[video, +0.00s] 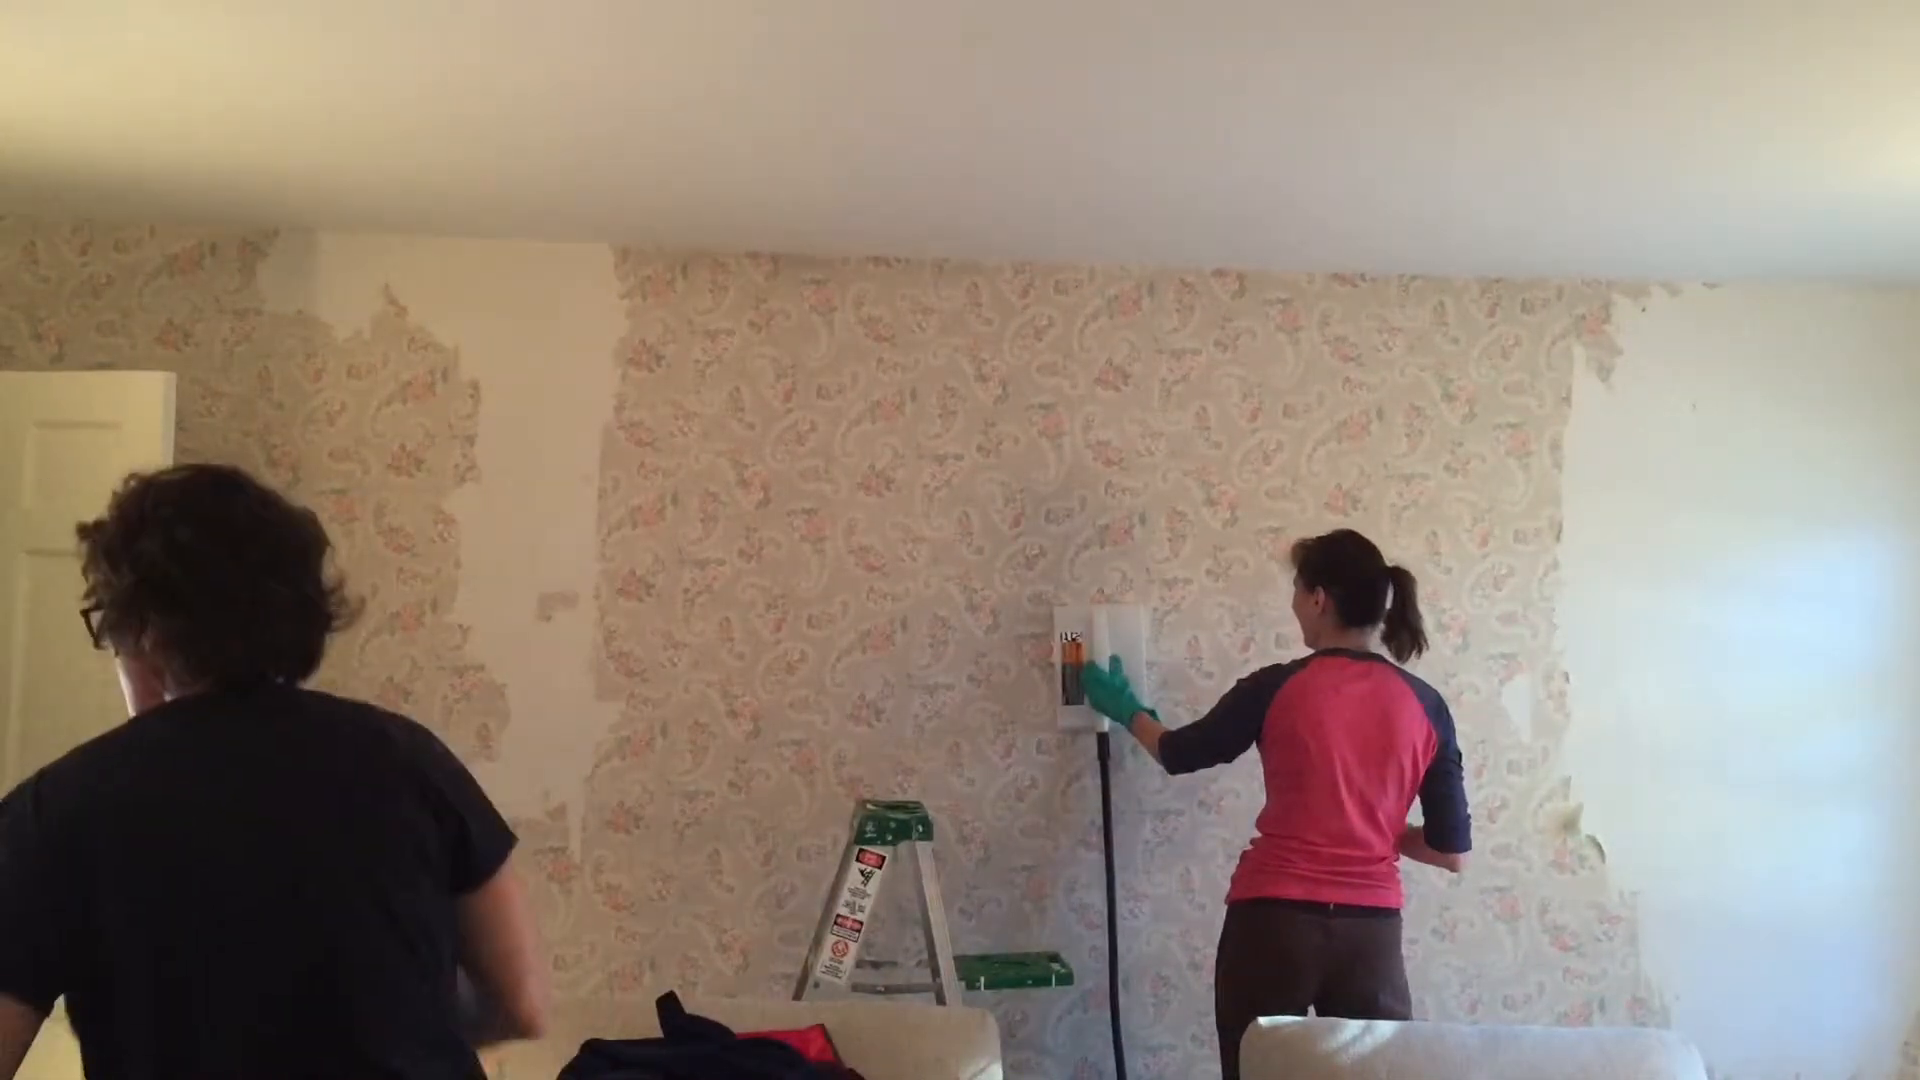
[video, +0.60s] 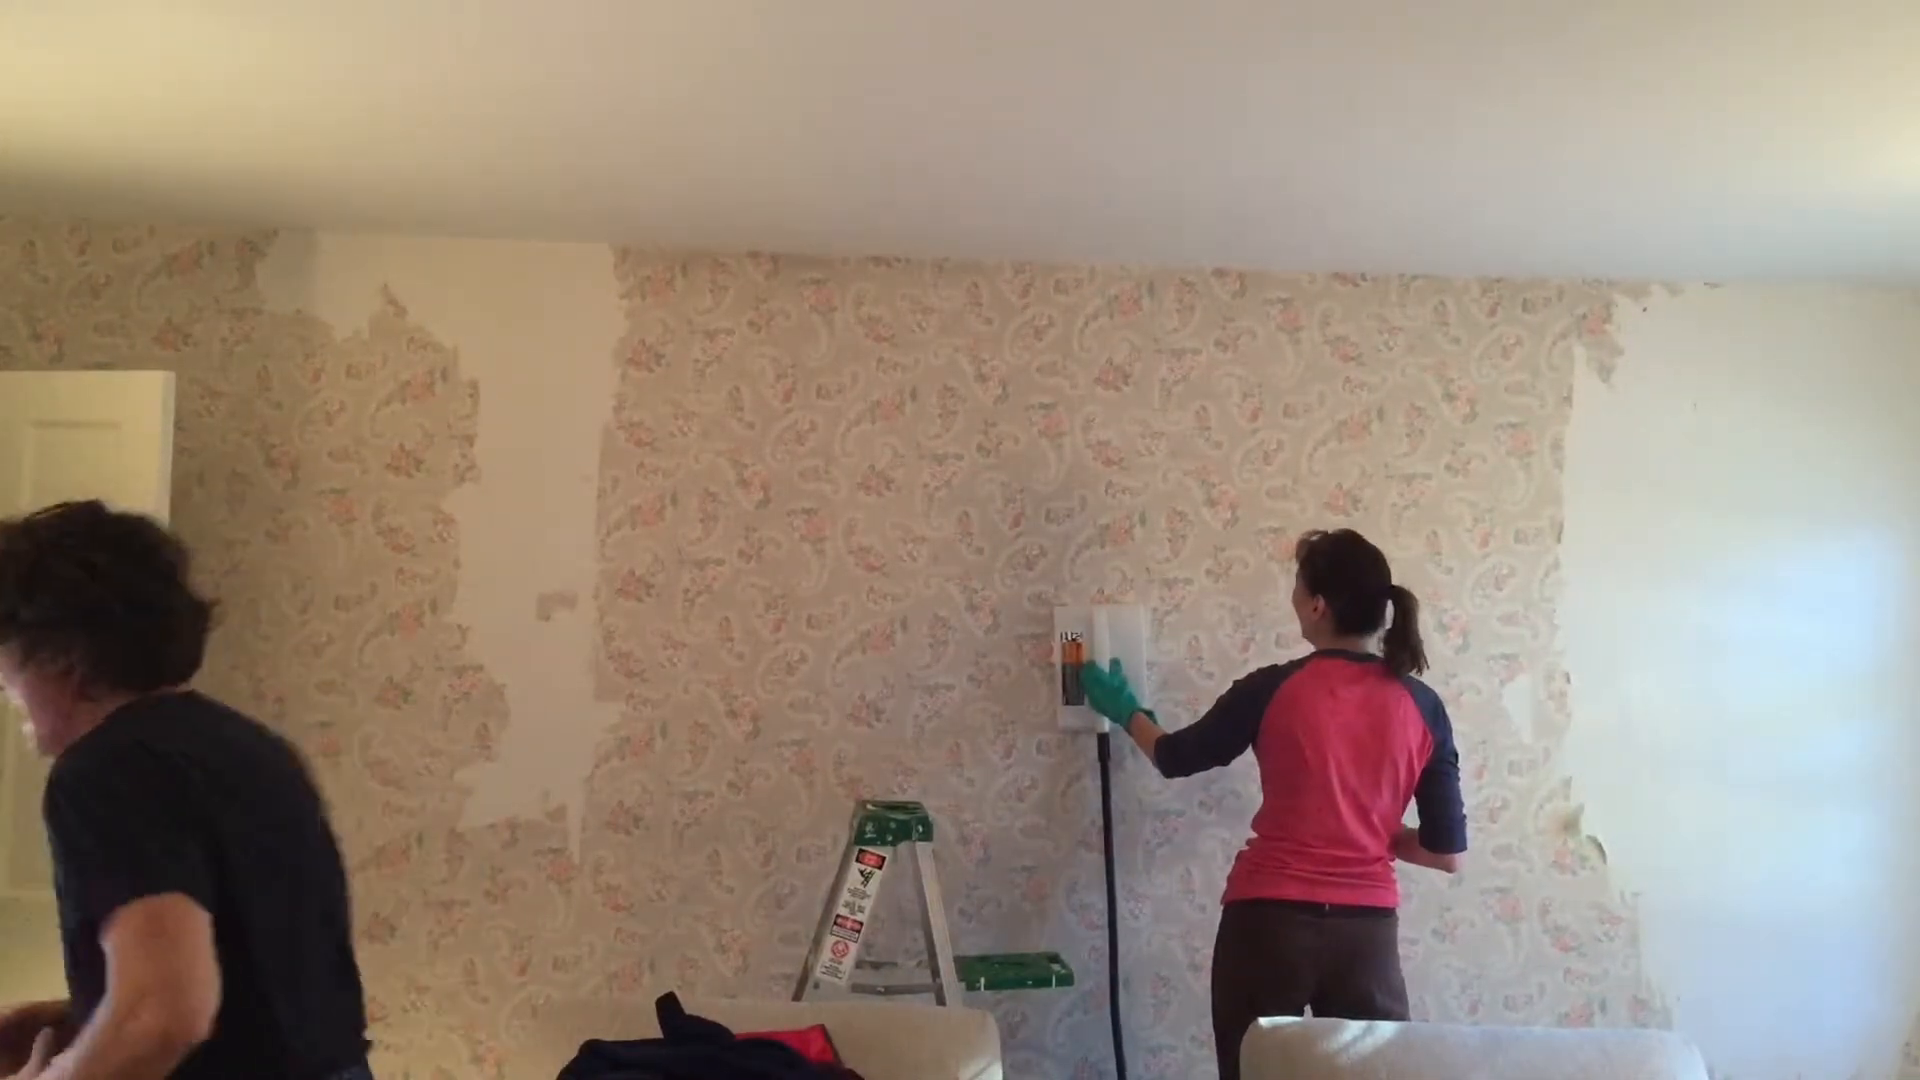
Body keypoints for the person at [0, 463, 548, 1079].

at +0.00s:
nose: (107, 647)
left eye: (106, 619)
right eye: (100, 620)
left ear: (146, 631)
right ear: (295, 613)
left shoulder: (52, 814)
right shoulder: (406, 759)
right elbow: (519, 1008)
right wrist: (372, 1005)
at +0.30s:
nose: (69, 670)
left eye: (72, 641)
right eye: (66, 642)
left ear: (118, 643)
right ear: (240, 626)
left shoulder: (74, 804)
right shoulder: (372, 757)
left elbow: (19, 1058)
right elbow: (455, 1002)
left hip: (181, 1062)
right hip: (383, 1063)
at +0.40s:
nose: (67, 671)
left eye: (66, 644)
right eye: (61, 647)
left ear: (115, 641)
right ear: (226, 619)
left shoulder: (97, 780)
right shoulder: (353, 747)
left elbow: (49, 1036)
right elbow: (424, 983)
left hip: (185, 1066)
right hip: (369, 1066)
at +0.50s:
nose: (53, 688)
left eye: (48, 662)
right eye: (44, 665)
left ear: (98, 643)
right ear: (199, 622)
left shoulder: (112, 762)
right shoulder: (325, 748)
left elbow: (120, 1004)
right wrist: (79, 1014)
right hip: (348, 1062)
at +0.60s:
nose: (7, 684)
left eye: (9, 654)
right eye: (5, 657)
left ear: (63, 655)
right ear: (158, 638)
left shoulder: (108, 768)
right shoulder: (254, 747)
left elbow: (165, 1005)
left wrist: (52, 1070)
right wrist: (75, 1020)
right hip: (327, 1062)